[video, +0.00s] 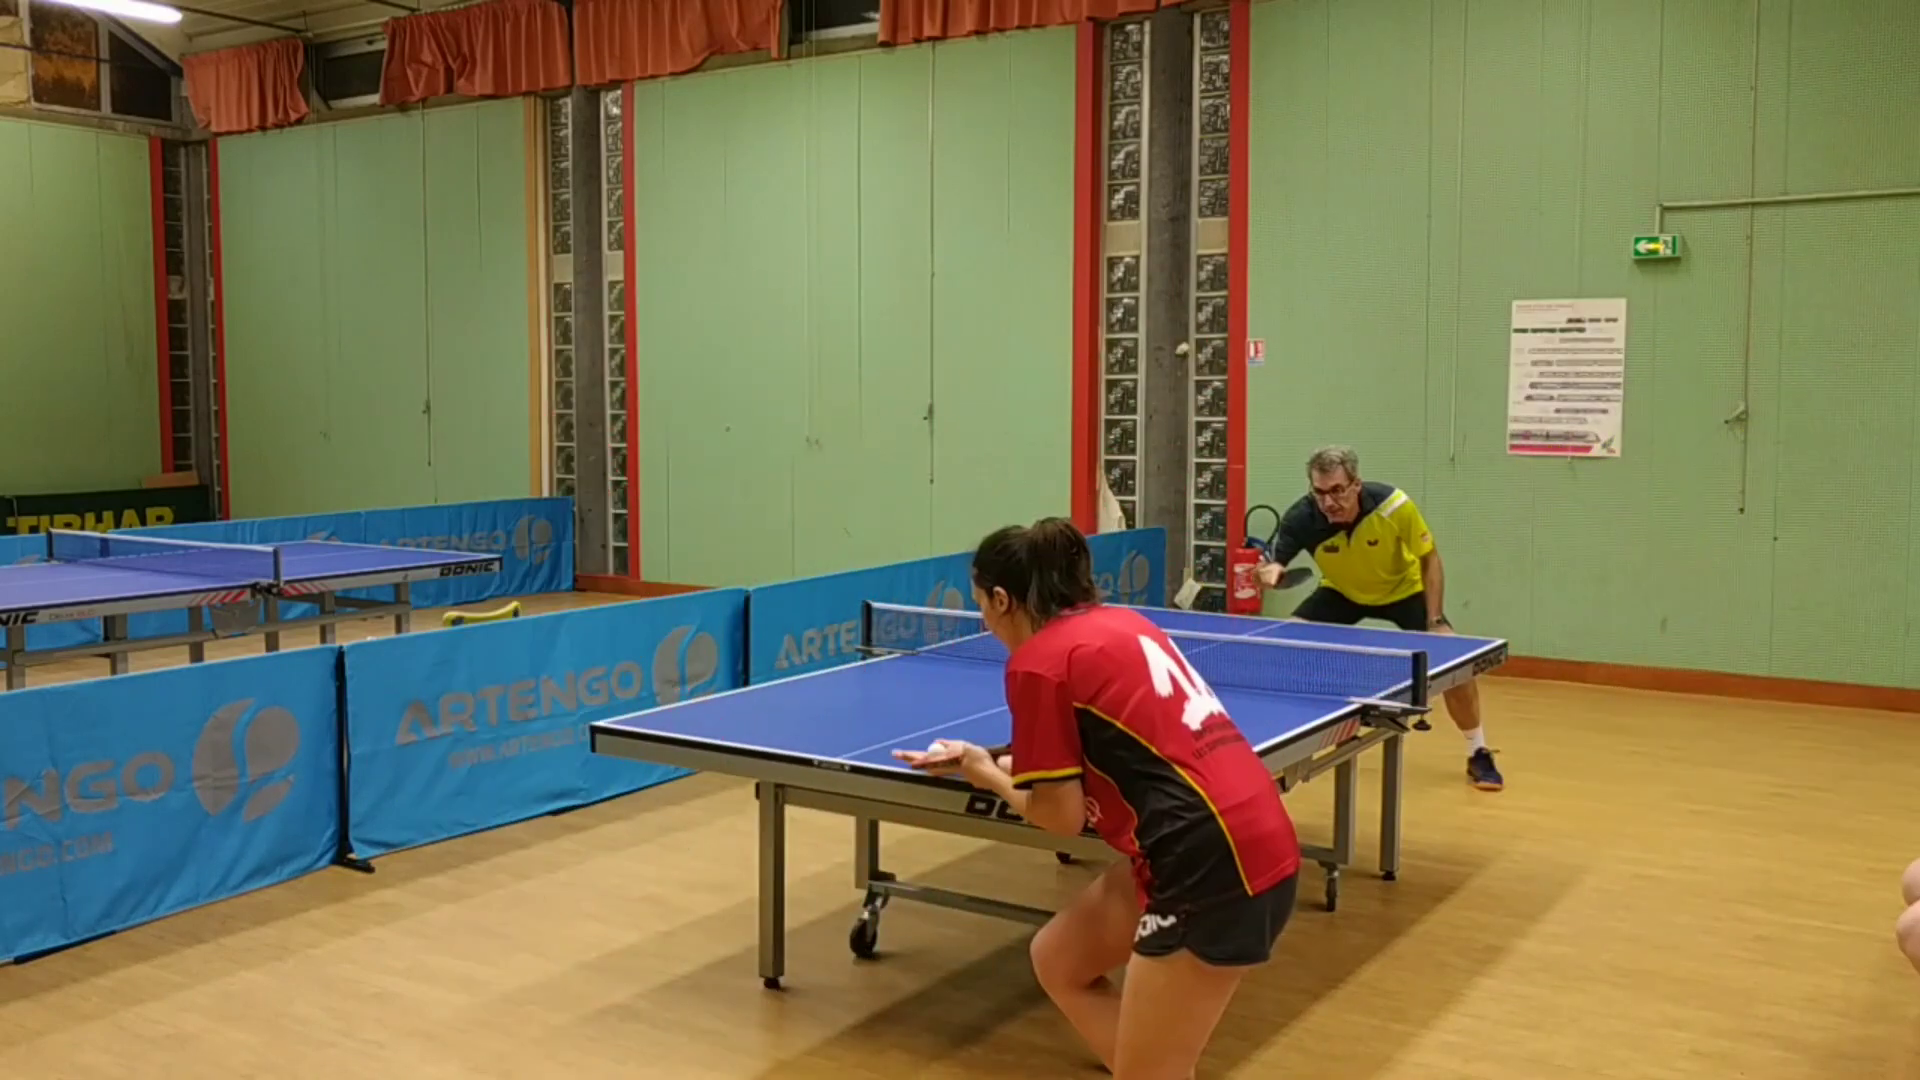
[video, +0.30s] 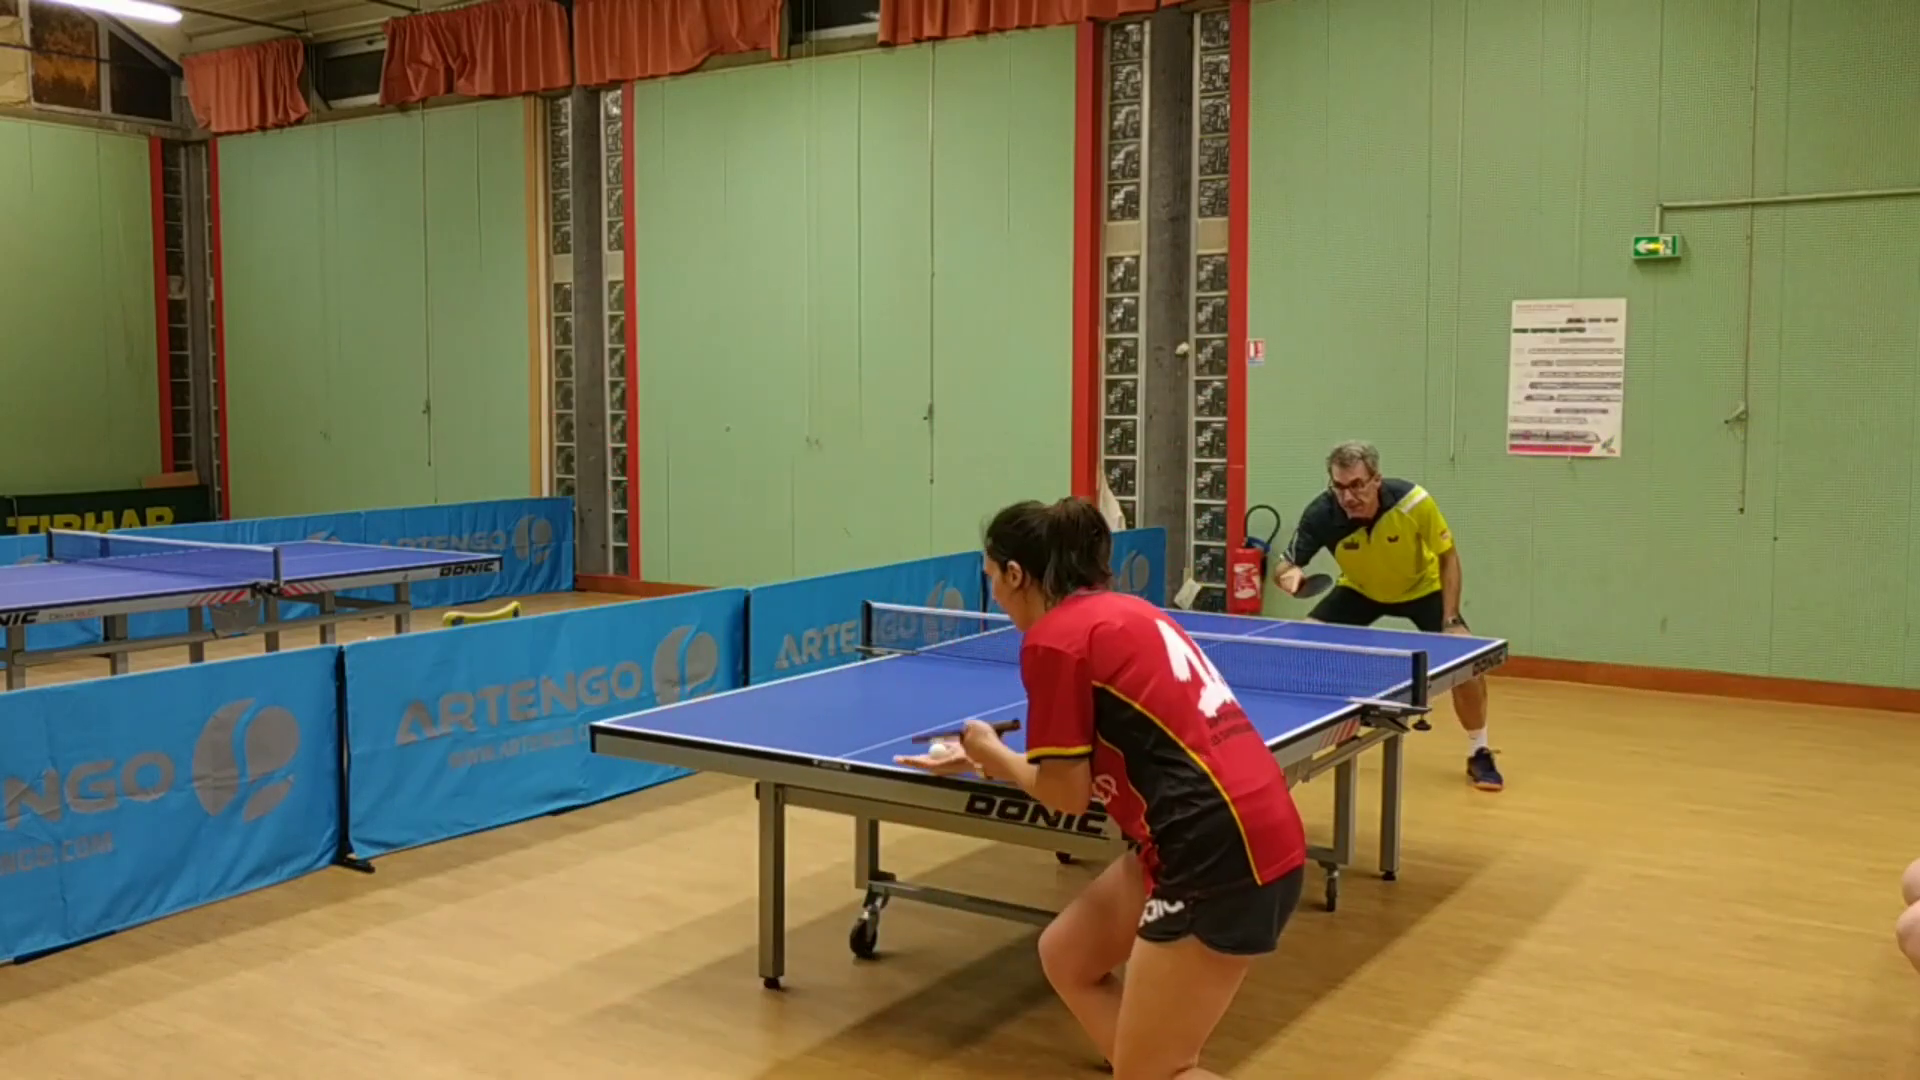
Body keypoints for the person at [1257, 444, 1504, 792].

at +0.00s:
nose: (1330, 501)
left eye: (1337, 490)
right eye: (1321, 492)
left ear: (1356, 483)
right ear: (1312, 489)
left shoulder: (1391, 503)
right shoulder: (1302, 517)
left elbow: (1430, 557)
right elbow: (1270, 564)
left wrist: (1435, 620)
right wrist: (1270, 573)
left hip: (1404, 593)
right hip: (1342, 593)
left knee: (1453, 658)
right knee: (1283, 645)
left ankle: (1479, 753)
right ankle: (1285, 749)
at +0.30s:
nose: (1348, 496)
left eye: (1357, 486)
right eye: (1340, 487)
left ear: (1376, 479)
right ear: (1331, 483)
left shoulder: (1411, 500)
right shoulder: (1321, 514)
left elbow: (1448, 554)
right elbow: (1285, 565)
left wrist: (1451, 618)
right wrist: (1292, 578)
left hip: (1421, 592)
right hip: (1359, 592)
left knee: (1466, 658)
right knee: (1300, 643)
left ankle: (1480, 753)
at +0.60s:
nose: (1355, 485)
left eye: (1364, 475)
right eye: (1347, 476)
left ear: (1384, 468)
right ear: (1339, 473)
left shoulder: (1417, 494)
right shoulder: (1328, 504)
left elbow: (1451, 555)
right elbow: (1290, 557)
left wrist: (1453, 620)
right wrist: (1297, 571)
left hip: (1426, 590)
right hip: (1363, 589)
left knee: (1467, 662)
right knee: (1306, 644)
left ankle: (1480, 753)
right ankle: (1342, 719)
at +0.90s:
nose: (1346, 472)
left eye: (1355, 462)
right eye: (1338, 463)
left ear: (1374, 458)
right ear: (1328, 462)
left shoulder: (1409, 490)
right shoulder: (1316, 497)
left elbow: (1439, 553)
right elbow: (1283, 553)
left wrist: (1447, 619)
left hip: (1414, 585)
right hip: (1350, 584)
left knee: (1459, 658)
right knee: (1294, 647)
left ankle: (1479, 753)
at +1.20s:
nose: (1318, 465)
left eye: (1326, 455)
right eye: (1310, 455)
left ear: (1343, 452)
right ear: (1300, 454)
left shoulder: (1375, 481)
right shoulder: (1282, 493)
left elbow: (1406, 538)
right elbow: (1268, 551)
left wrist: (1422, 601)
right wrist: (1281, 607)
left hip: (1382, 584)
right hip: (1318, 587)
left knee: (1431, 661)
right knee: (1282, 666)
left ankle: (1475, 752)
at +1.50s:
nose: (1292, 445)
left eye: (1300, 434)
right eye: (1284, 435)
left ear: (1317, 430)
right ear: (1274, 433)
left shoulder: (1349, 458)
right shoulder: (1258, 469)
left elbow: (1376, 510)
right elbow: (1229, 521)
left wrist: (1389, 571)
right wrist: (1231, 539)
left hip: (1354, 566)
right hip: (1292, 568)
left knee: (1394, 643)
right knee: (1262, 647)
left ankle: (1417, 737)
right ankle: (1257, 747)